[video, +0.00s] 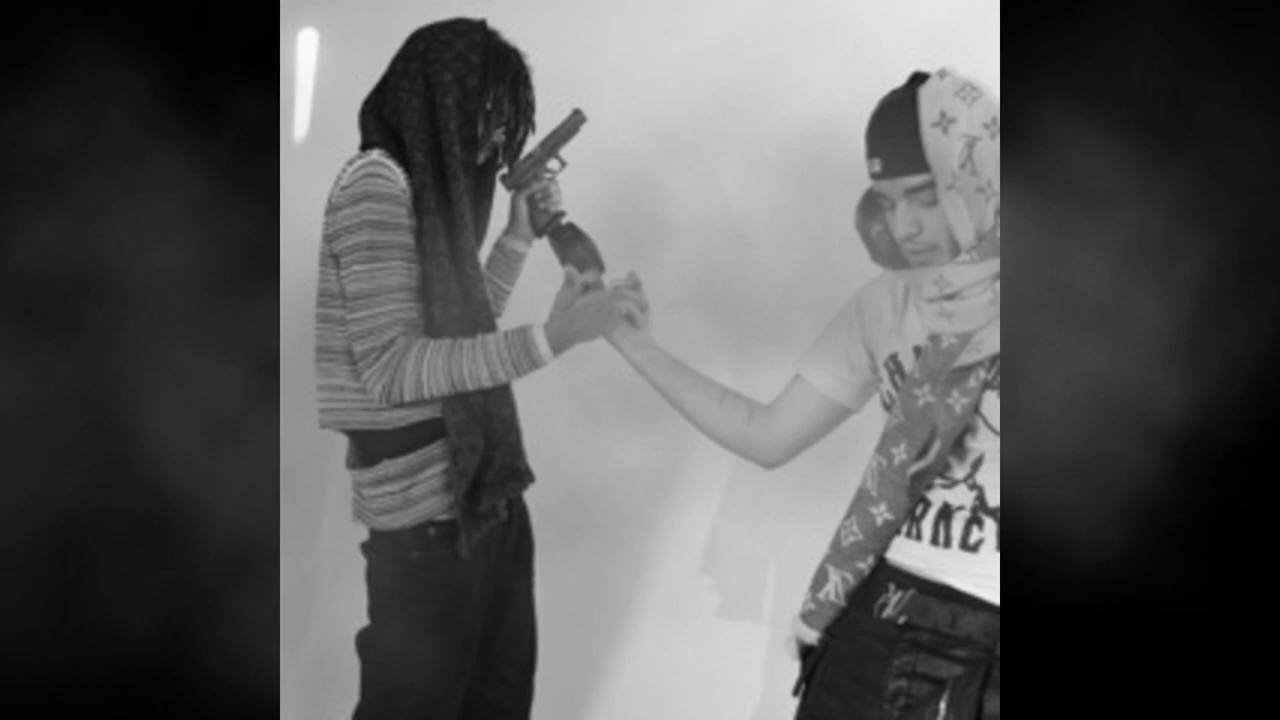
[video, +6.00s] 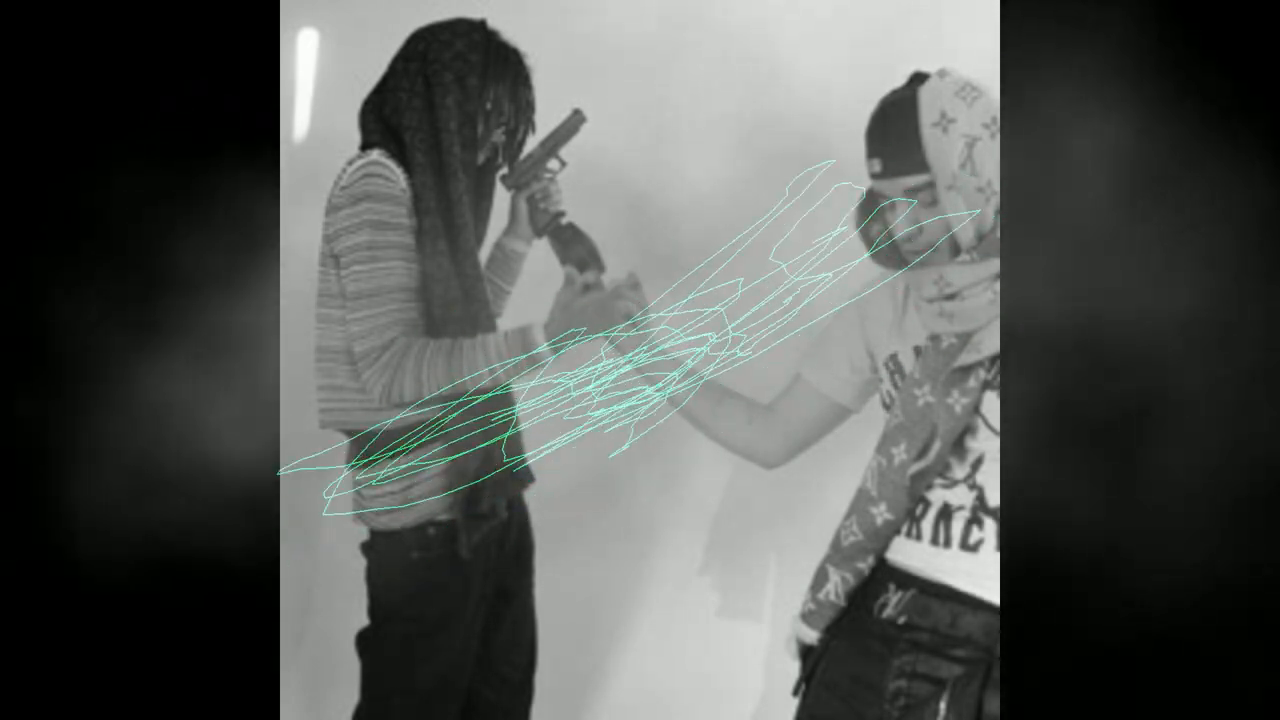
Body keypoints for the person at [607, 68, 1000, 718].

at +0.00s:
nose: (905, 229)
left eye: (926, 200)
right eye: (885, 206)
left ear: (980, 187)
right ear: (872, 206)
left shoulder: (1038, 289)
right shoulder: (888, 303)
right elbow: (767, 436)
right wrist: (634, 342)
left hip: (994, 637)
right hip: (884, 614)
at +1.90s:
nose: (905, 228)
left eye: (926, 198)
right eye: (886, 204)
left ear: (979, 185)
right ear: (874, 205)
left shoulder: (1036, 291)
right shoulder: (895, 304)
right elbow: (768, 436)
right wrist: (635, 343)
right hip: (895, 619)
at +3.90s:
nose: (905, 228)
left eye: (926, 200)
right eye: (887, 204)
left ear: (979, 186)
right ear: (874, 205)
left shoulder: (1035, 290)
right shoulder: (887, 303)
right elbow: (770, 437)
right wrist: (640, 345)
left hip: (989, 642)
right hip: (879, 615)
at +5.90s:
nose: (905, 227)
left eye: (926, 198)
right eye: (886, 204)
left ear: (978, 182)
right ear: (873, 202)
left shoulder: (1037, 290)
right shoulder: (892, 302)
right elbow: (769, 436)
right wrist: (637, 340)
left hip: (991, 641)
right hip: (876, 613)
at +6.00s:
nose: (904, 225)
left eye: (922, 199)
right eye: (889, 203)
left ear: (980, 186)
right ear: (875, 201)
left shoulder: (1041, 294)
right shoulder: (897, 304)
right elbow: (769, 436)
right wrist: (634, 339)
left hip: (997, 643)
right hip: (882, 617)